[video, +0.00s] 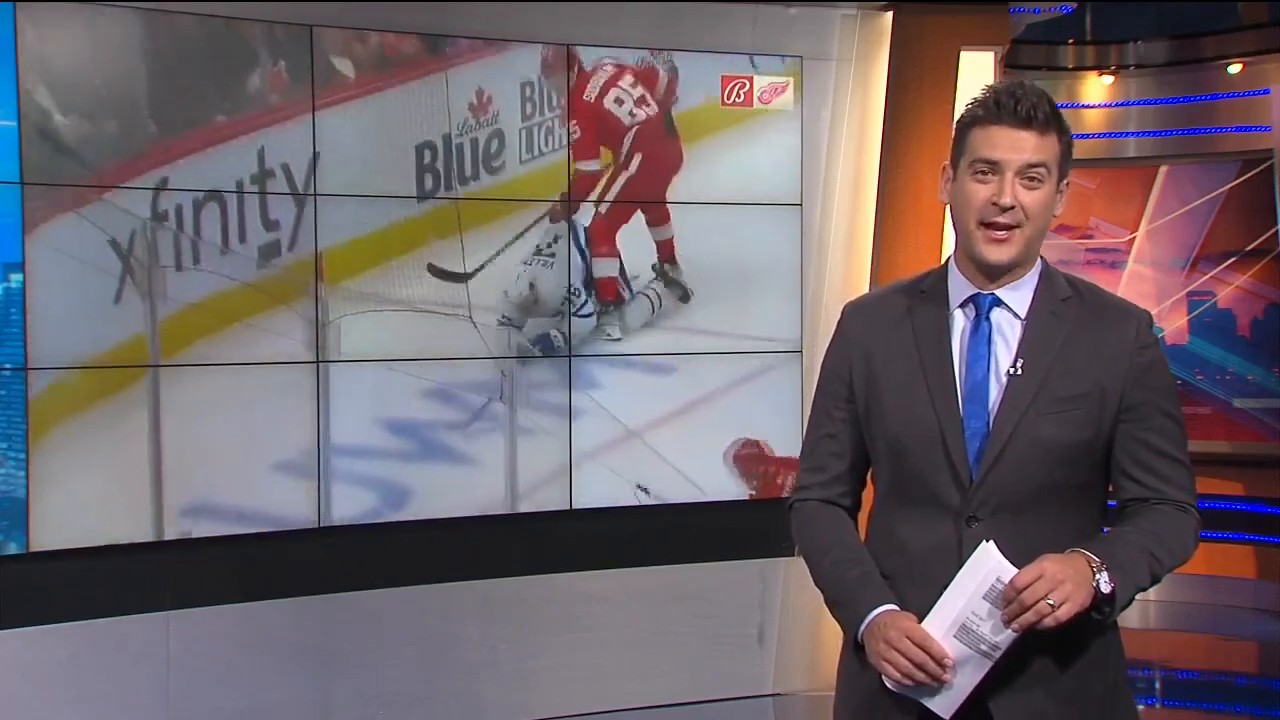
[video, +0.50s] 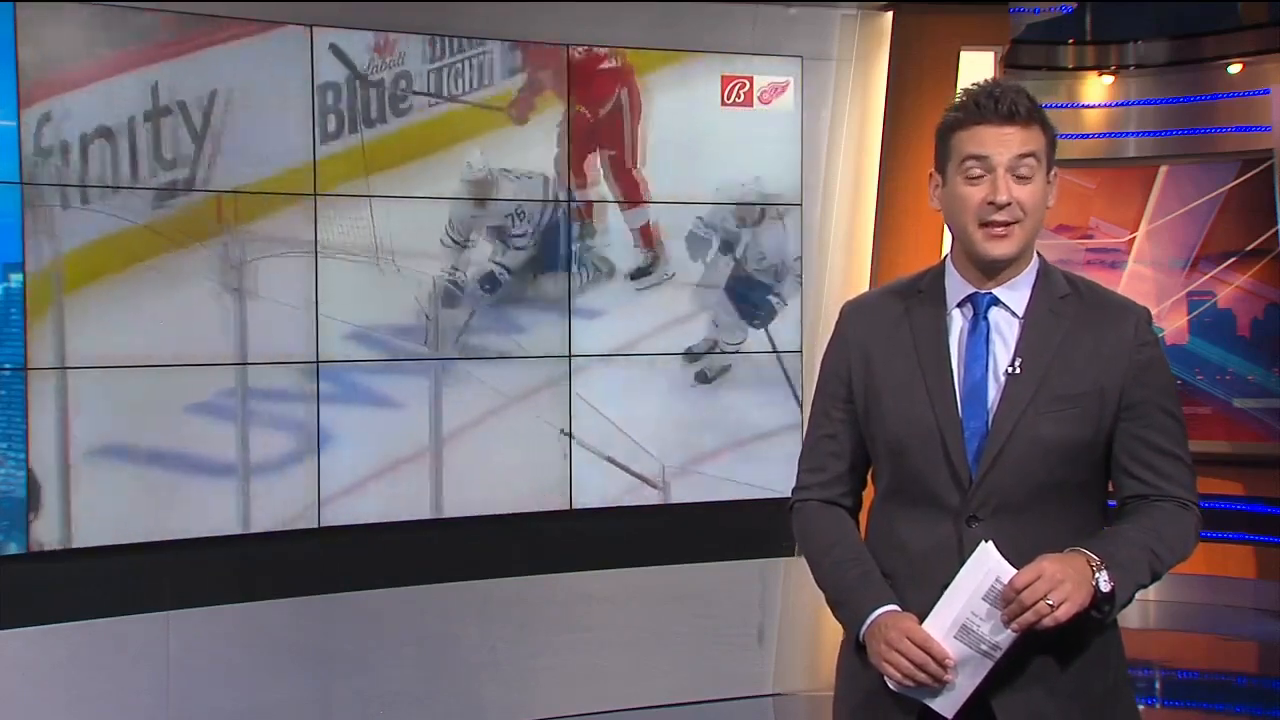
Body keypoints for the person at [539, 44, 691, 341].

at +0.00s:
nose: (551, 86)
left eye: (550, 79)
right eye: (548, 79)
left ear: (562, 73)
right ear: (575, 63)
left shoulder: (577, 104)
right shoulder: (607, 66)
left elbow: (589, 172)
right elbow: (663, 78)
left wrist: (565, 206)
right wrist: (657, 113)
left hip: (642, 160)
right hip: (672, 149)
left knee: (599, 227)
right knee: (652, 199)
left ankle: (610, 312)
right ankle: (670, 267)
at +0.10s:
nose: (553, 60)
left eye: (553, 53)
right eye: (550, 53)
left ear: (569, 51)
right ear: (576, 46)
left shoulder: (585, 85)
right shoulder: (609, 46)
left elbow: (610, 143)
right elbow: (657, 56)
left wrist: (575, 167)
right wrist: (653, 89)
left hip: (642, 143)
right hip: (662, 130)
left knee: (605, 216)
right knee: (637, 191)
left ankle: (614, 293)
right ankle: (662, 252)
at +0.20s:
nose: (566, 45)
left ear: (575, 43)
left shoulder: (598, 65)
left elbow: (629, 120)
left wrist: (588, 149)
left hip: (643, 129)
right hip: (651, 120)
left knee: (616, 202)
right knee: (630, 189)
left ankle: (629, 283)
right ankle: (657, 244)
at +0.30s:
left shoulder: (607, 50)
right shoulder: (586, 50)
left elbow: (639, 96)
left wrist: (605, 132)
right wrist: (580, 86)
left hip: (652, 108)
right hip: (630, 109)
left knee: (631, 184)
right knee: (614, 172)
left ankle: (657, 270)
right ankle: (654, 245)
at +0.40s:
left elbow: (636, 72)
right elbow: (568, 61)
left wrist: (607, 108)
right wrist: (552, 82)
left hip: (645, 88)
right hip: (616, 94)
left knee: (637, 169)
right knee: (599, 155)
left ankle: (667, 256)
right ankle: (628, 220)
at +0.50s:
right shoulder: (531, 42)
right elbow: (538, 73)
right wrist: (523, 102)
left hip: (615, 86)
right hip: (579, 96)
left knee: (620, 168)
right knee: (569, 166)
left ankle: (651, 253)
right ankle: (585, 237)